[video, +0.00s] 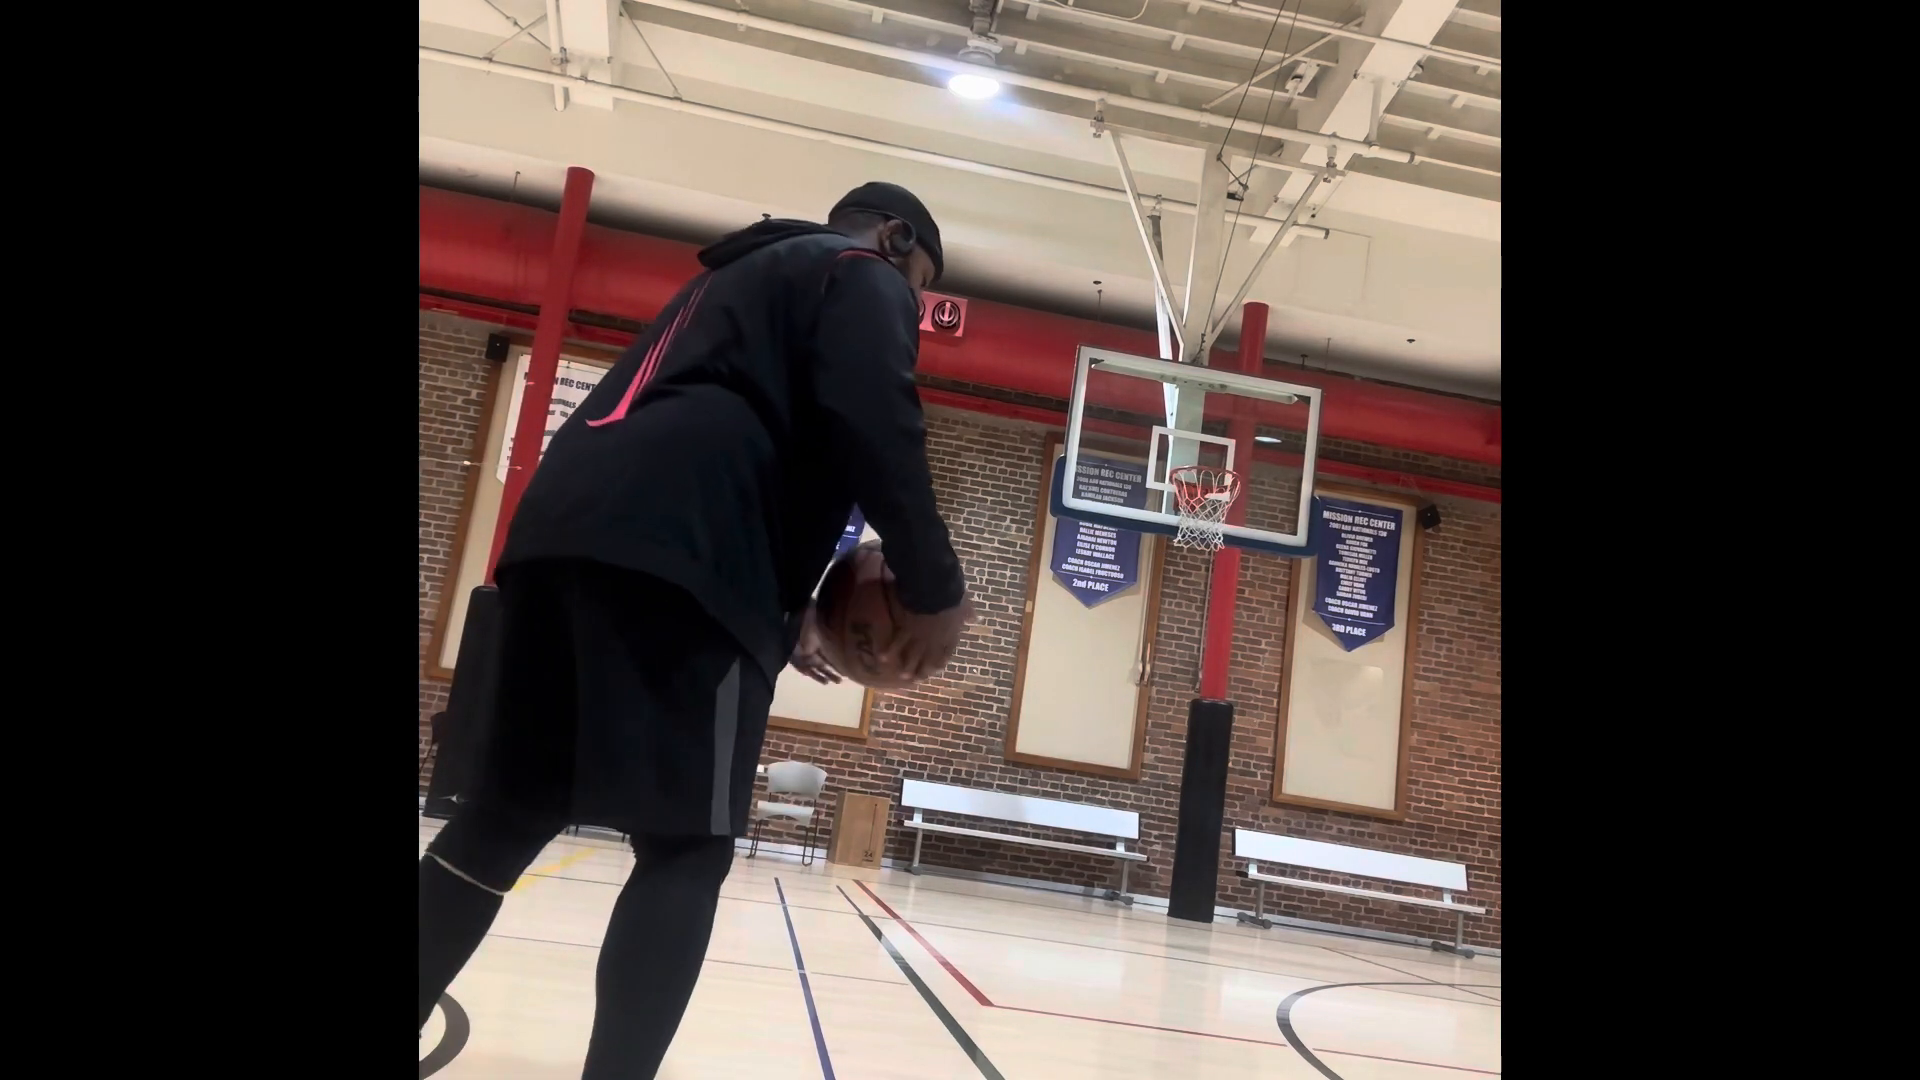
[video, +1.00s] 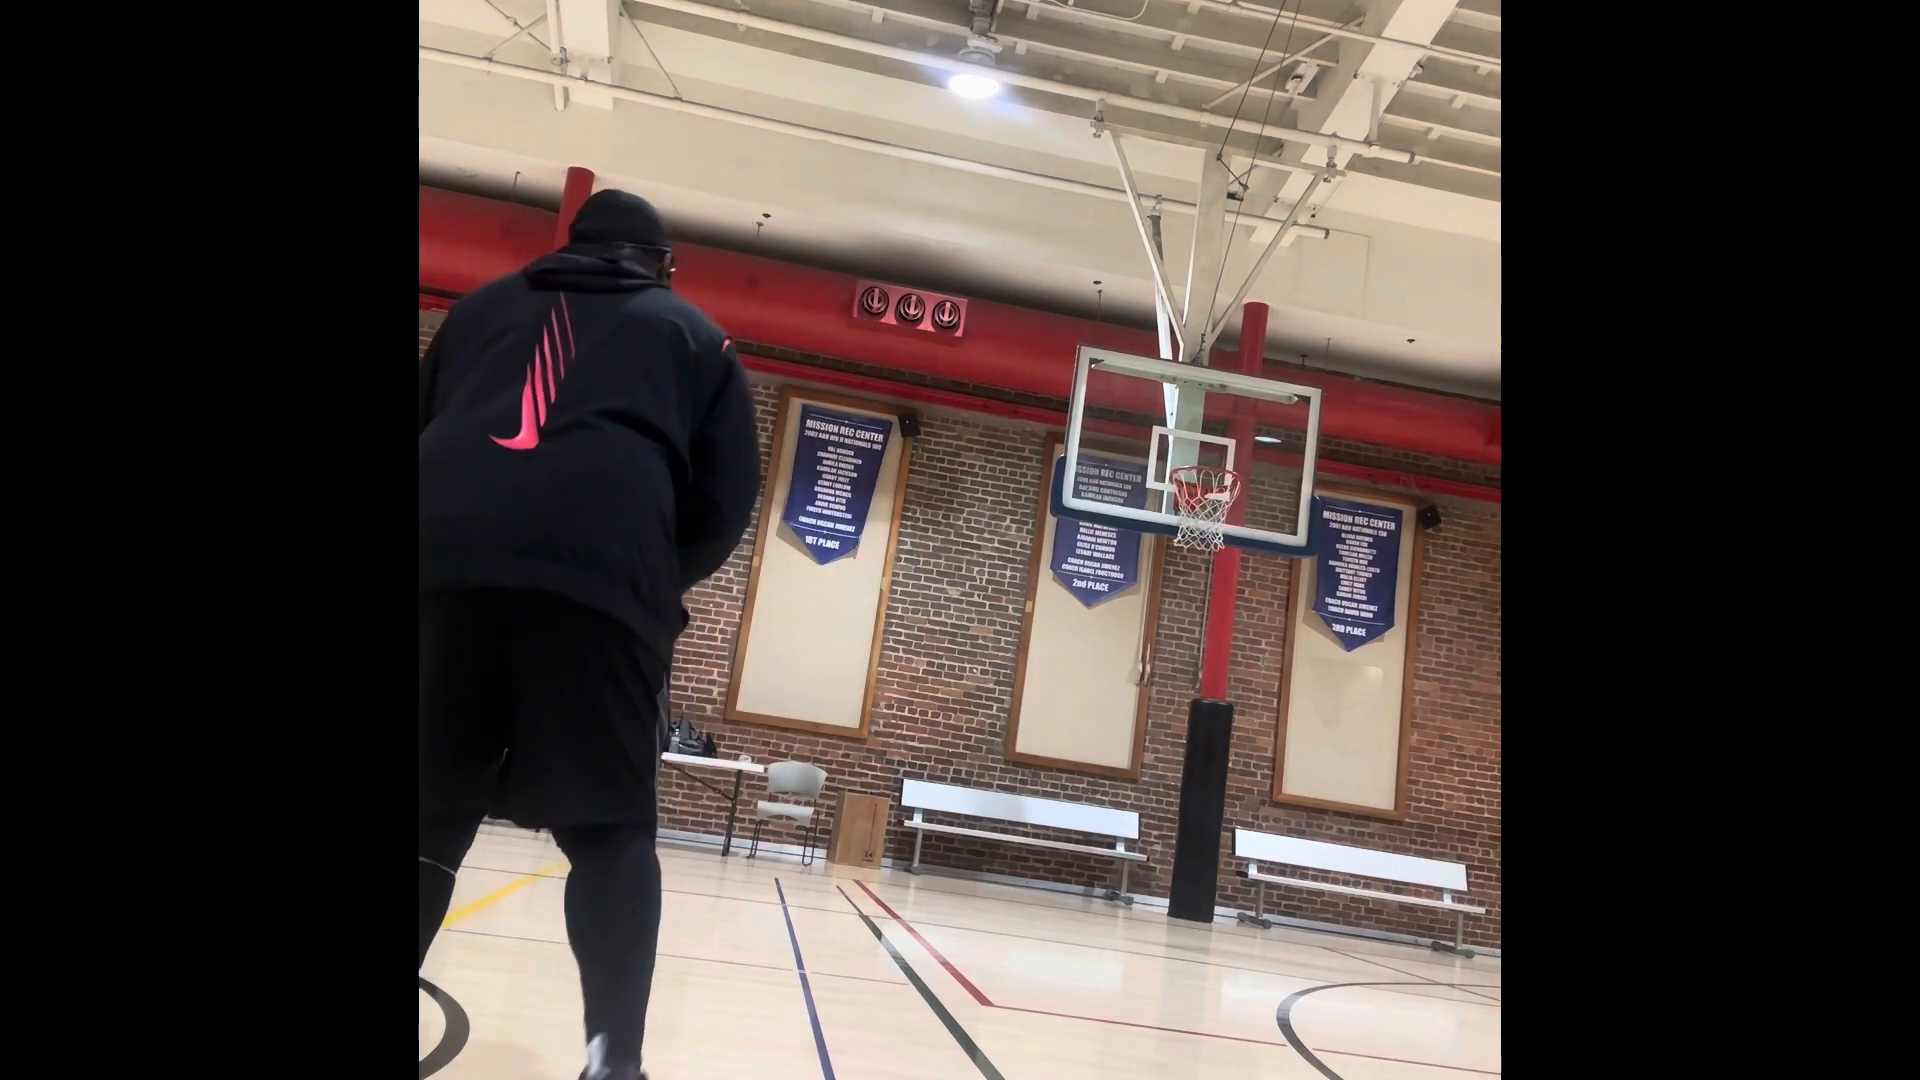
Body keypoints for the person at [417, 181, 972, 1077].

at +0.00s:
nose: (920, 296)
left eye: (926, 285)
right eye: (921, 276)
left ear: (836, 225)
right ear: (890, 239)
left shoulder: (730, 280)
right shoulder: (861, 273)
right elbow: (876, 415)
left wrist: (794, 613)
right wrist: (935, 589)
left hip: (546, 541)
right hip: (684, 564)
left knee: (503, 815)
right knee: (687, 851)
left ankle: (416, 1021)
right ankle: (617, 1068)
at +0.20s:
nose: (909, 302)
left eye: (915, 288)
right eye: (910, 276)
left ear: (824, 222)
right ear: (877, 236)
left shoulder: (726, 273)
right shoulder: (846, 260)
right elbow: (871, 397)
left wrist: (803, 597)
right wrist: (888, 561)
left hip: (527, 530)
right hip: (670, 551)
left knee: (473, 819)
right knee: (678, 847)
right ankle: (614, 1071)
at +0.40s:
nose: (860, 288)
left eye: (867, 276)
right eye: (862, 270)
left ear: (765, 214)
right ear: (834, 236)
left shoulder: (661, 284)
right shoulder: (804, 262)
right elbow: (880, 382)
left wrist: (751, 589)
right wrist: (850, 556)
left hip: (498, 522)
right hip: (641, 539)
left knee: (460, 813)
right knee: (652, 844)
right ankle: (604, 1068)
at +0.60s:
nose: (800, 271)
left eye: (801, 261)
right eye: (799, 256)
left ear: (699, 223)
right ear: (777, 238)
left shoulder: (592, 284)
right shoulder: (779, 281)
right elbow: (821, 434)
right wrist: (778, 593)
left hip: (473, 527)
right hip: (622, 546)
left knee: (440, 823)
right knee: (618, 843)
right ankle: (591, 1067)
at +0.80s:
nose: (726, 268)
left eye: (722, 258)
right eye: (727, 256)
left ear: (621, 230)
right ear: (711, 249)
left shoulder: (522, 294)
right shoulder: (736, 309)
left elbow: (469, 424)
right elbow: (774, 471)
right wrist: (693, 591)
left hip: (454, 553)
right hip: (615, 568)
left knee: (438, 820)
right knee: (605, 847)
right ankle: (586, 1069)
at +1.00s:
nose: (669, 277)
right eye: (670, 266)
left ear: (570, 243)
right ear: (659, 263)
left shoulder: (478, 308)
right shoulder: (696, 337)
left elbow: (425, 425)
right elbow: (728, 497)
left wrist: (454, 523)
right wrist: (653, 567)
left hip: (443, 571)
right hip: (601, 586)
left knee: (429, 819)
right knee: (611, 831)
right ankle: (614, 1057)